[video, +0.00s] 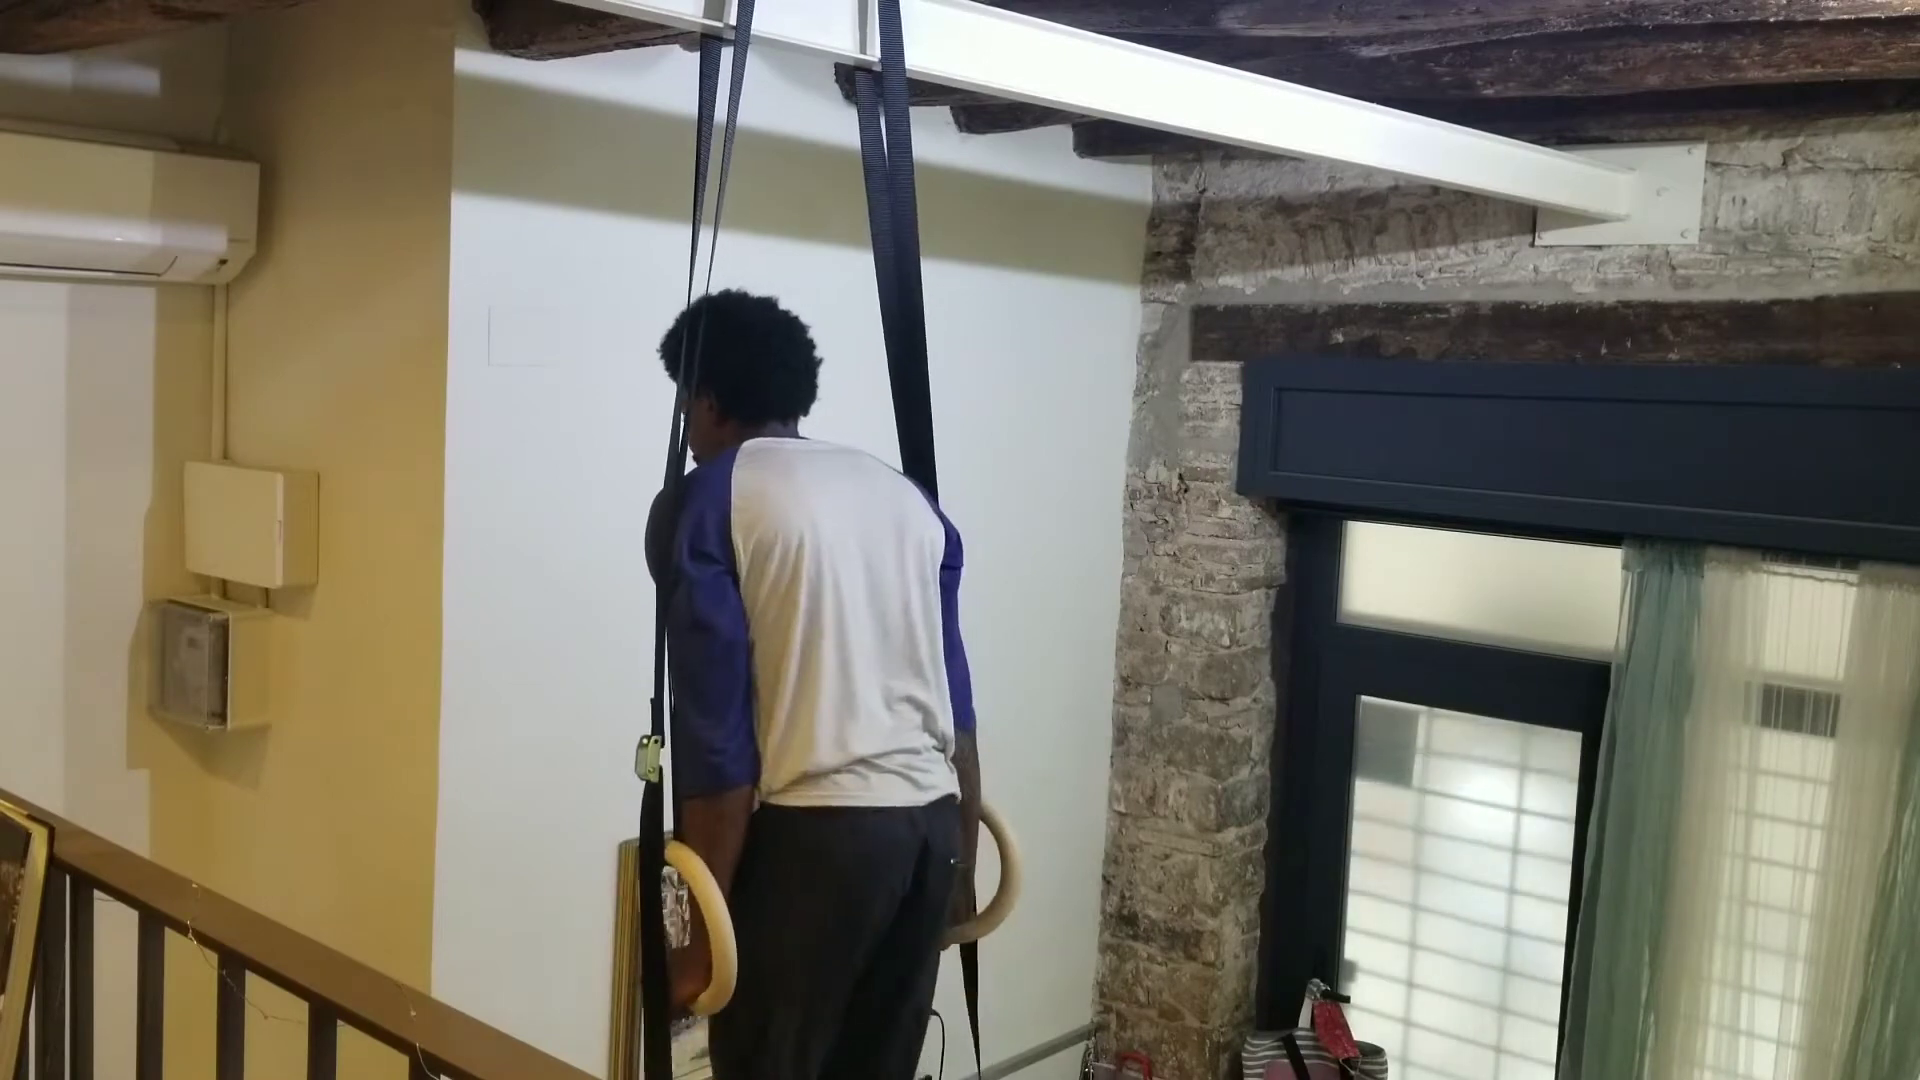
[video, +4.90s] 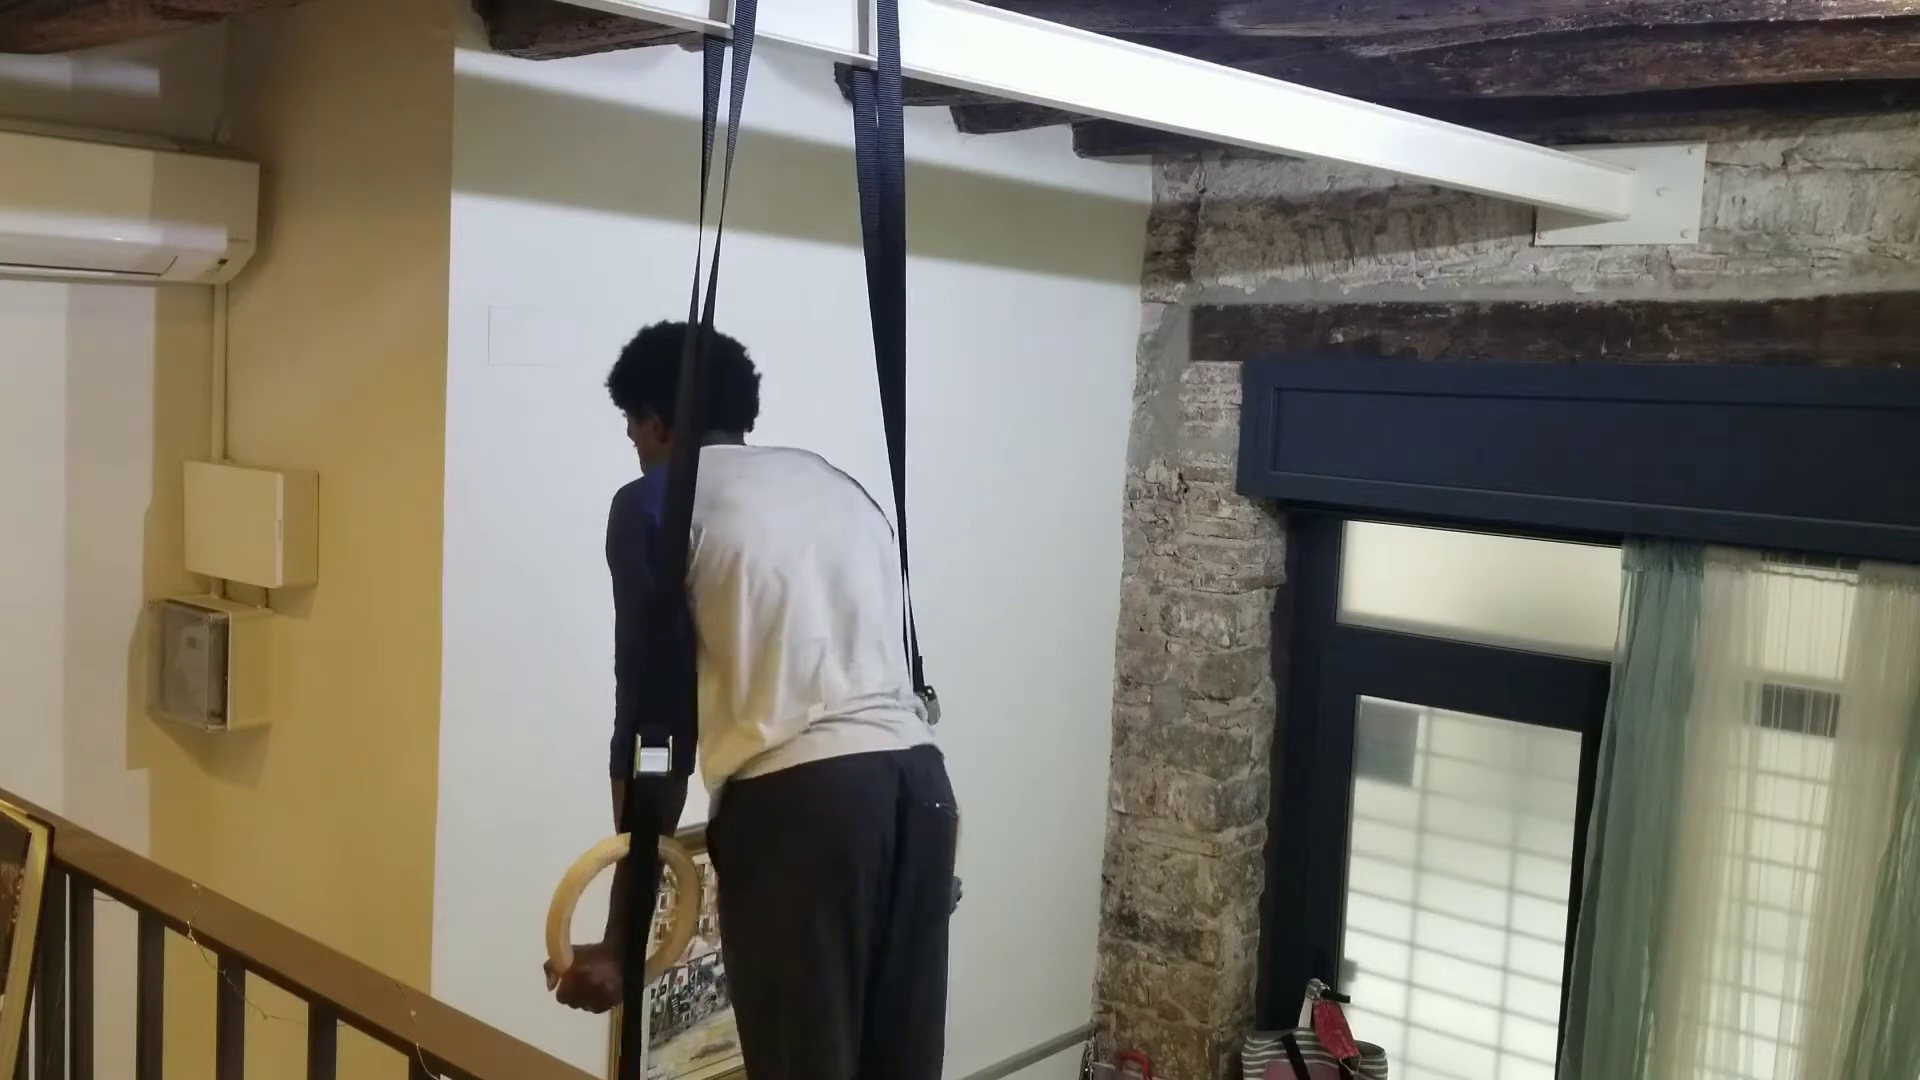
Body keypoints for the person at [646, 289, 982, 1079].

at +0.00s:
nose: (684, 420)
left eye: (685, 396)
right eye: (682, 397)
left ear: (709, 399)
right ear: (794, 394)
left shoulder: (711, 497)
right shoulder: (908, 497)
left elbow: (717, 742)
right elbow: (956, 708)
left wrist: (690, 934)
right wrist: (960, 871)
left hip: (809, 851)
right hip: (928, 850)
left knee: (771, 1061)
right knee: (879, 1068)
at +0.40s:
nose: (655, 422)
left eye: (652, 401)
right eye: (649, 403)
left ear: (681, 395)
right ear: (759, 386)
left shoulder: (697, 498)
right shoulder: (878, 499)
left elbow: (704, 727)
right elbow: (910, 700)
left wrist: (669, 907)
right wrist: (908, 853)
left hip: (752, 851)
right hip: (859, 847)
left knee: (680, 1060)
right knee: (774, 1063)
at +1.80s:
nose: (646, 441)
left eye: (643, 421)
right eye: (641, 422)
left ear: (667, 408)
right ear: (751, 398)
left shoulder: (677, 499)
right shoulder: (868, 470)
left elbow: (705, 737)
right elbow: (902, 661)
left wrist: (671, 956)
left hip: (826, 788)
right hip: (945, 781)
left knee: (778, 1055)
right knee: (875, 1054)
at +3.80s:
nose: (609, 471)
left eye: (604, 456)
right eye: (601, 459)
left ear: (626, 427)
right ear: (702, 408)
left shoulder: (629, 499)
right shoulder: (827, 481)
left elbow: (639, 680)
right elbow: (853, 658)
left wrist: (648, 862)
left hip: (758, 814)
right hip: (873, 805)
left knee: (771, 1061)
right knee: (878, 1062)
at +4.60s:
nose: (614, 448)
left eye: (610, 430)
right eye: (610, 432)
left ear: (631, 421)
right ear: (714, 405)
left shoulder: (630, 503)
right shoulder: (831, 492)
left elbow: (633, 714)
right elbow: (876, 682)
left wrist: (634, 921)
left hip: (757, 798)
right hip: (878, 783)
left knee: (815, 1056)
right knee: (938, 1047)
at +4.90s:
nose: (634, 447)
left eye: (632, 428)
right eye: (629, 429)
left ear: (656, 422)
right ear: (739, 407)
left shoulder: (656, 499)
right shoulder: (844, 486)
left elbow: (653, 729)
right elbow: (901, 680)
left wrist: (623, 941)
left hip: (799, 810)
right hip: (920, 799)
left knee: (803, 1062)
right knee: (908, 1060)